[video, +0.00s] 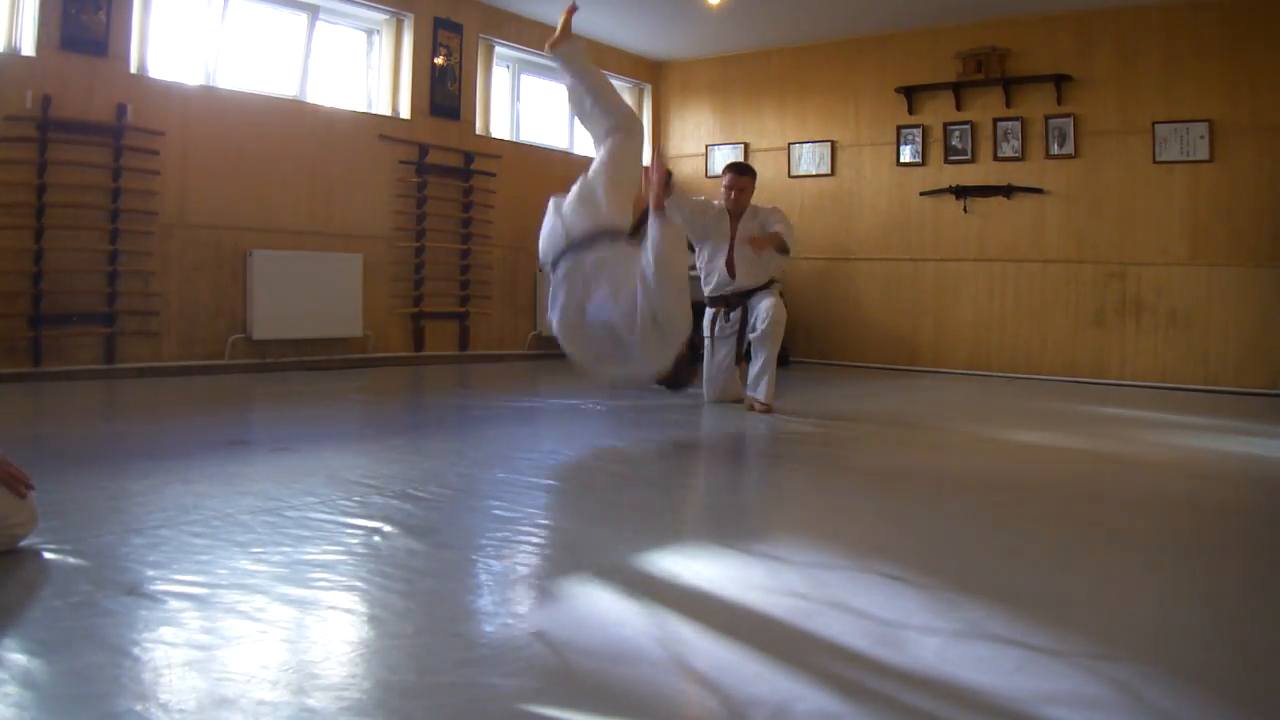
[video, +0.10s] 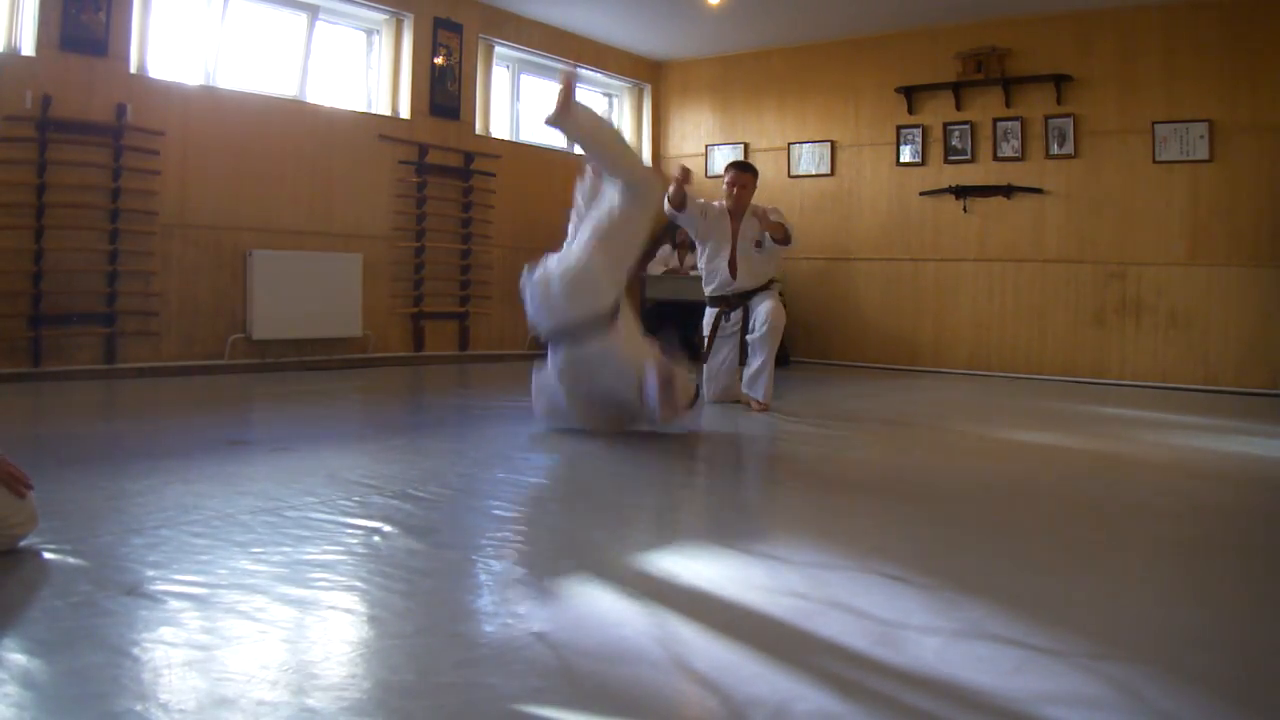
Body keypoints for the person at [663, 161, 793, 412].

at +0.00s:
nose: (733, 196)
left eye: (741, 190)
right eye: (728, 189)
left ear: (752, 191)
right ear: (721, 188)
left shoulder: (767, 216)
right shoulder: (706, 214)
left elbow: (785, 238)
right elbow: (678, 204)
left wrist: (767, 241)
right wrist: (663, 188)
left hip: (758, 297)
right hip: (719, 305)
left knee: (772, 311)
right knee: (715, 393)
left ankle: (759, 394)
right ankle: (744, 384)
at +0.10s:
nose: (735, 192)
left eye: (743, 187)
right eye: (730, 185)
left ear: (754, 190)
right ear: (722, 185)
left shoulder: (766, 215)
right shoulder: (708, 213)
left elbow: (785, 239)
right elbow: (677, 208)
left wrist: (767, 223)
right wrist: (679, 187)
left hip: (758, 296)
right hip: (720, 303)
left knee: (771, 314)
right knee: (715, 393)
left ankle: (756, 391)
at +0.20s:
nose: (741, 190)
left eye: (749, 185)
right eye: (737, 183)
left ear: (759, 191)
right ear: (728, 185)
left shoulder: (769, 217)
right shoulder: (709, 214)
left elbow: (793, 240)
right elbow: (661, 223)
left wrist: (774, 230)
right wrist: (688, 215)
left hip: (761, 296)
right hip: (721, 302)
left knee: (769, 320)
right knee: (715, 392)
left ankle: (756, 395)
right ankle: (739, 391)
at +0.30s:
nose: (746, 185)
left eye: (754, 181)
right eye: (742, 178)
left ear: (763, 187)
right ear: (732, 181)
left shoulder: (777, 217)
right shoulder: (712, 212)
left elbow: (817, 246)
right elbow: (662, 227)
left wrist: (785, 247)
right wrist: (680, 250)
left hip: (762, 293)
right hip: (722, 297)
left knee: (767, 318)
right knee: (720, 391)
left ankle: (754, 396)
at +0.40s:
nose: (747, 177)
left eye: (755, 172)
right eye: (743, 170)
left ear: (764, 178)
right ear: (734, 173)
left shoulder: (778, 212)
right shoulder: (712, 208)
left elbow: (816, 256)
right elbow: (679, 240)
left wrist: (795, 264)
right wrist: (679, 287)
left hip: (764, 287)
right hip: (723, 291)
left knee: (764, 326)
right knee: (724, 388)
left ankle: (755, 396)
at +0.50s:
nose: (745, 164)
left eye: (753, 160)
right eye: (741, 158)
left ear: (763, 165)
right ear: (734, 162)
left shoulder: (776, 199)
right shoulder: (713, 198)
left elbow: (796, 251)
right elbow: (691, 248)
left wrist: (778, 256)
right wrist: (695, 286)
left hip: (766, 274)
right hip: (725, 276)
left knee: (763, 320)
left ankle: (754, 394)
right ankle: (735, 386)